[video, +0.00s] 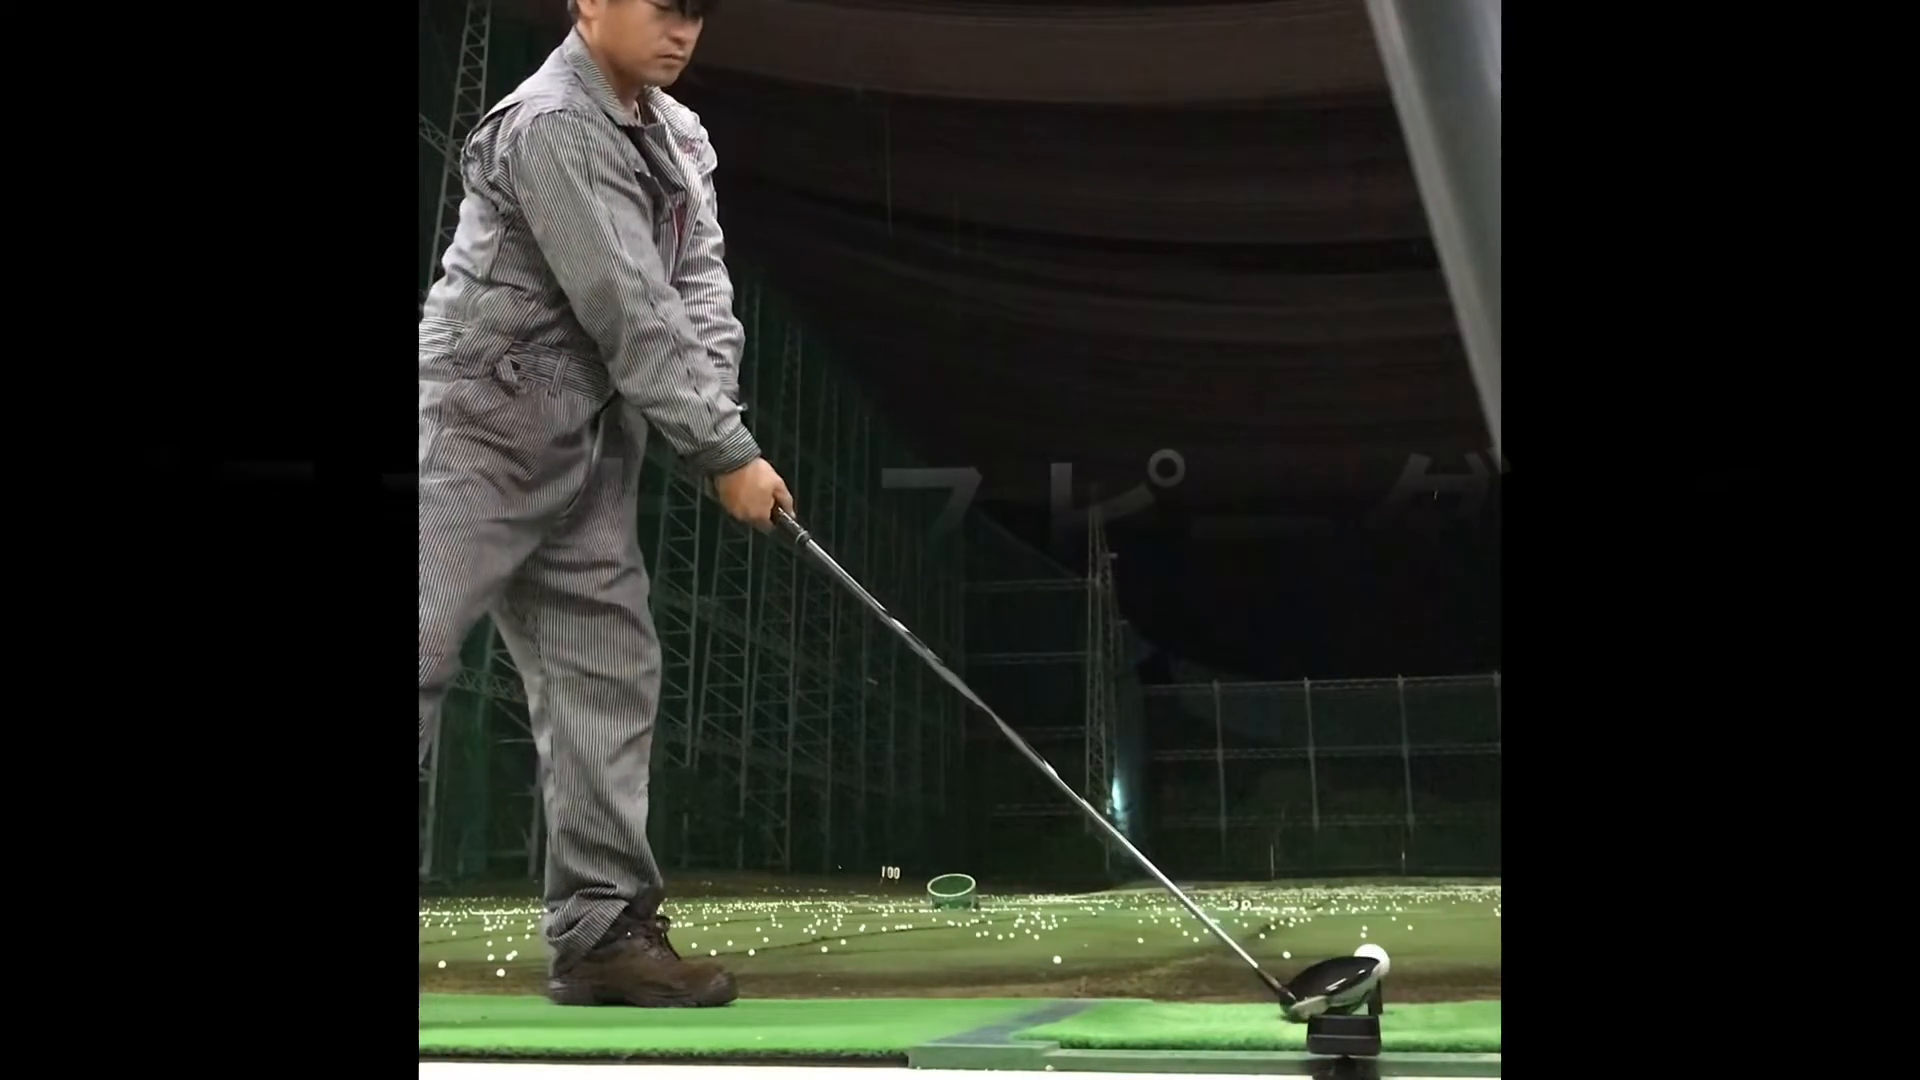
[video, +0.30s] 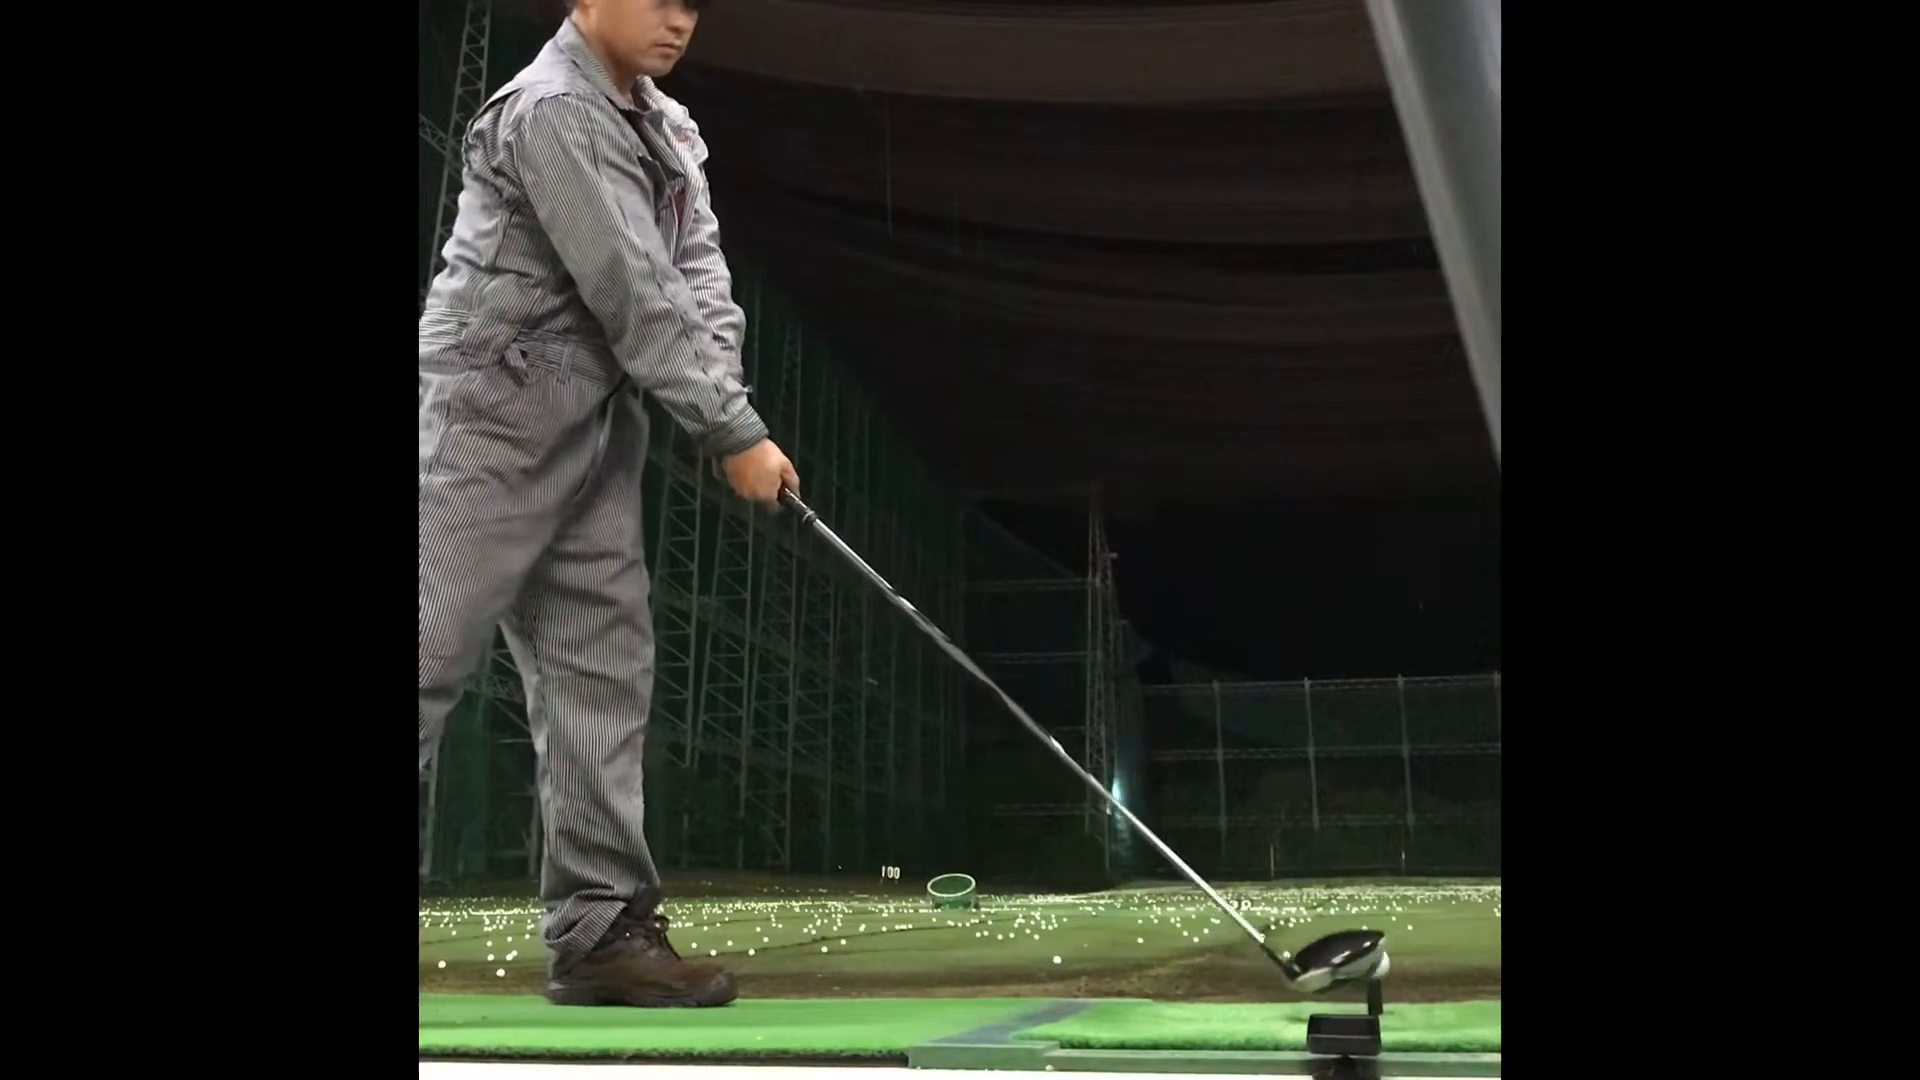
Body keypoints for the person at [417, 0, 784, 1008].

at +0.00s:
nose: (684, 27)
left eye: (693, 11)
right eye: (662, 8)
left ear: (695, 22)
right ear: (590, 10)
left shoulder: (681, 130)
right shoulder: (553, 125)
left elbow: (706, 287)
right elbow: (626, 309)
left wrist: (709, 417)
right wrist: (727, 453)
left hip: (583, 457)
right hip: (469, 442)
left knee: (606, 676)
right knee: (423, 664)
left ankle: (601, 935)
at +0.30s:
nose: (682, 20)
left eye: (688, 6)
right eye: (661, 1)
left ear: (685, 19)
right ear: (590, 7)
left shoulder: (667, 122)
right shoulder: (551, 109)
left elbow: (701, 271)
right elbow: (630, 289)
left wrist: (718, 405)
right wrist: (733, 431)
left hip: (590, 438)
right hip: (482, 427)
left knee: (600, 670)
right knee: (430, 669)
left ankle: (599, 934)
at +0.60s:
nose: (668, 21)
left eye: (678, 7)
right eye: (648, 1)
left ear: (674, 22)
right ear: (580, 2)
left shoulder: (655, 119)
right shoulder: (539, 107)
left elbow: (695, 265)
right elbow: (625, 285)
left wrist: (723, 399)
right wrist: (731, 422)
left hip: (592, 430)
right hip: (484, 423)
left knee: (601, 667)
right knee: (433, 672)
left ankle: (598, 935)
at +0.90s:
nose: (664, 23)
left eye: (677, 10)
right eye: (645, 2)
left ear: (679, 25)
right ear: (579, 3)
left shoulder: (654, 126)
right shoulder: (538, 105)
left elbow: (691, 272)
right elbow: (619, 284)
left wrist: (721, 408)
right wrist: (727, 423)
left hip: (588, 434)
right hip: (479, 423)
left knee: (595, 669)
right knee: (430, 669)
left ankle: (597, 935)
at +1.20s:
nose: (671, 27)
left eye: (682, 13)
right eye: (653, 5)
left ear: (683, 27)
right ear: (584, 6)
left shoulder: (659, 131)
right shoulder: (539, 109)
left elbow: (693, 276)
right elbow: (621, 288)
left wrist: (719, 409)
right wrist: (727, 427)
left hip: (586, 445)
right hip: (473, 431)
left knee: (598, 674)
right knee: (430, 671)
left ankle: (597, 935)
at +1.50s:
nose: (659, 28)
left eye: (672, 15)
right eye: (642, 4)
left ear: (674, 34)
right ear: (578, 3)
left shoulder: (675, 133)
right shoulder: (498, 111)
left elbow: (692, 264)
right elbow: (574, 277)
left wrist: (695, 385)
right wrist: (684, 405)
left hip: (602, 447)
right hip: (465, 433)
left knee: (621, 677)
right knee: (428, 679)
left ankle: (598, 936)